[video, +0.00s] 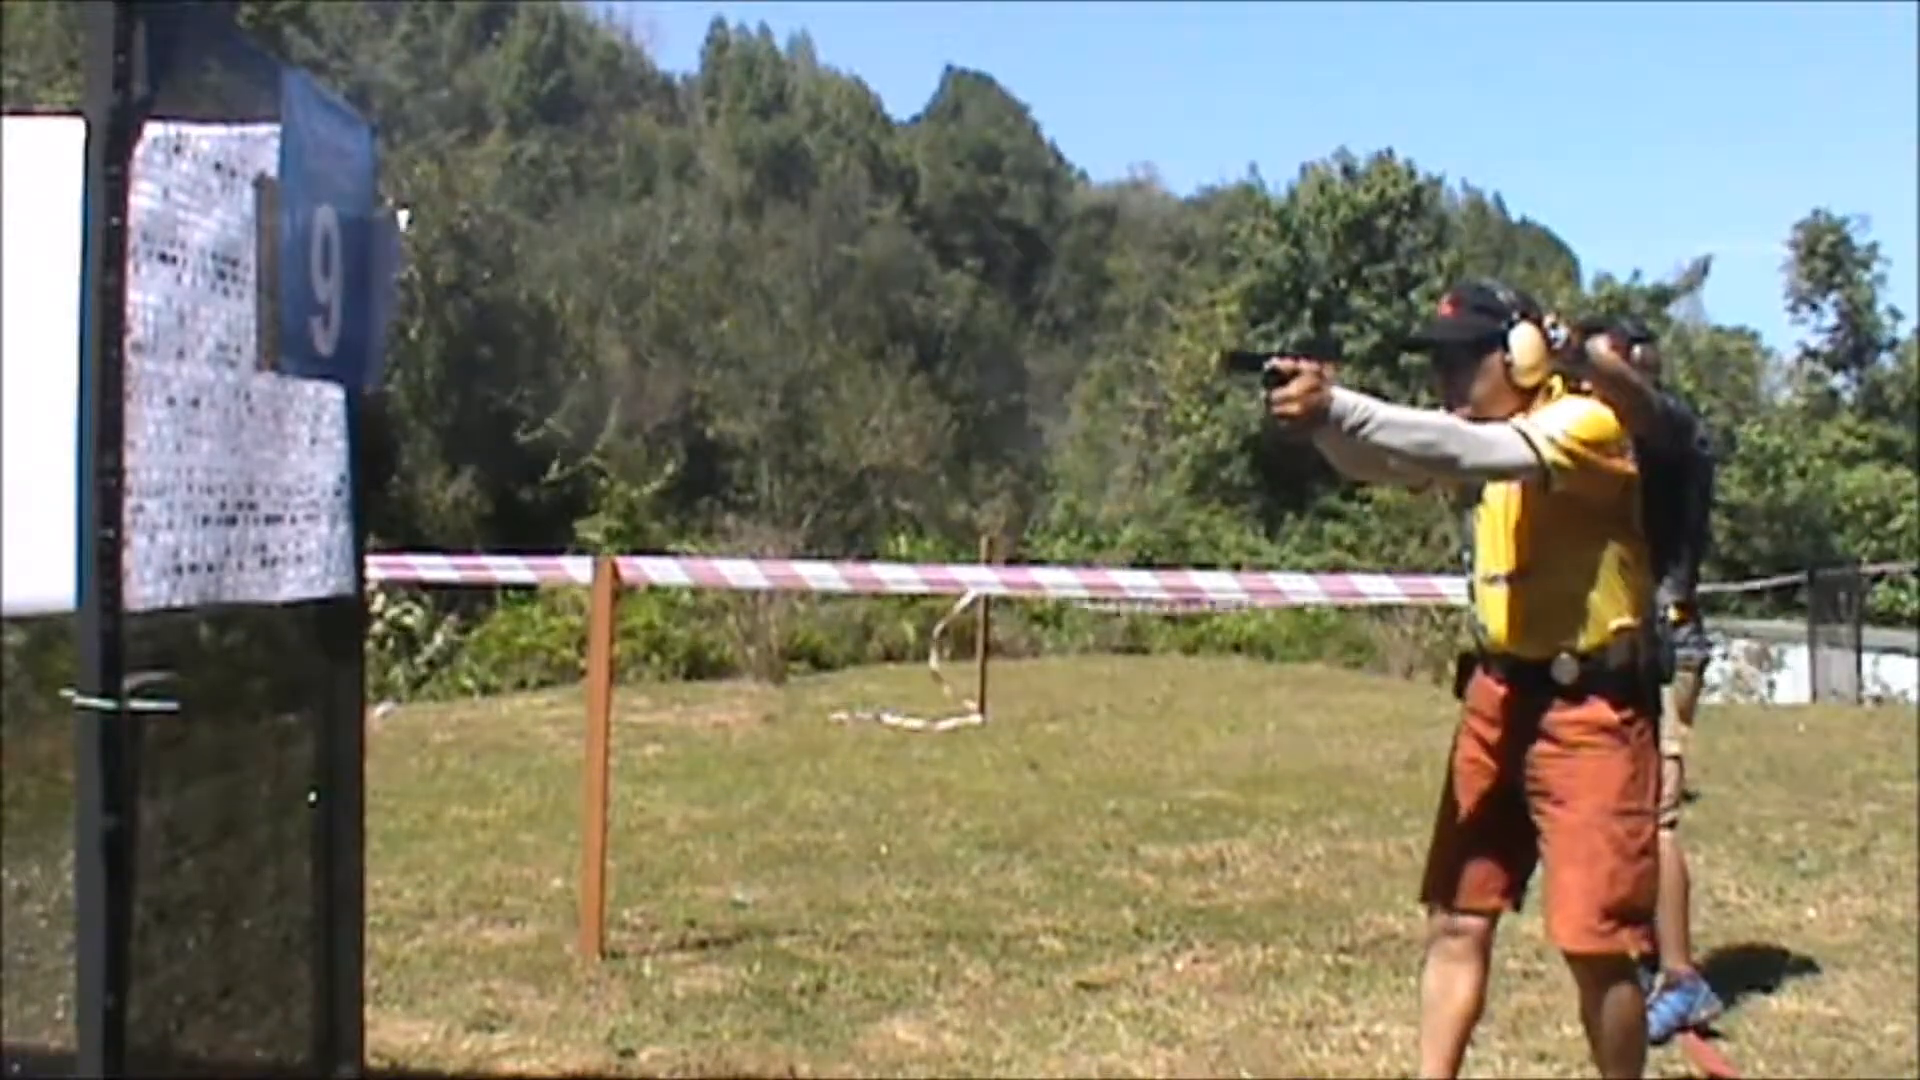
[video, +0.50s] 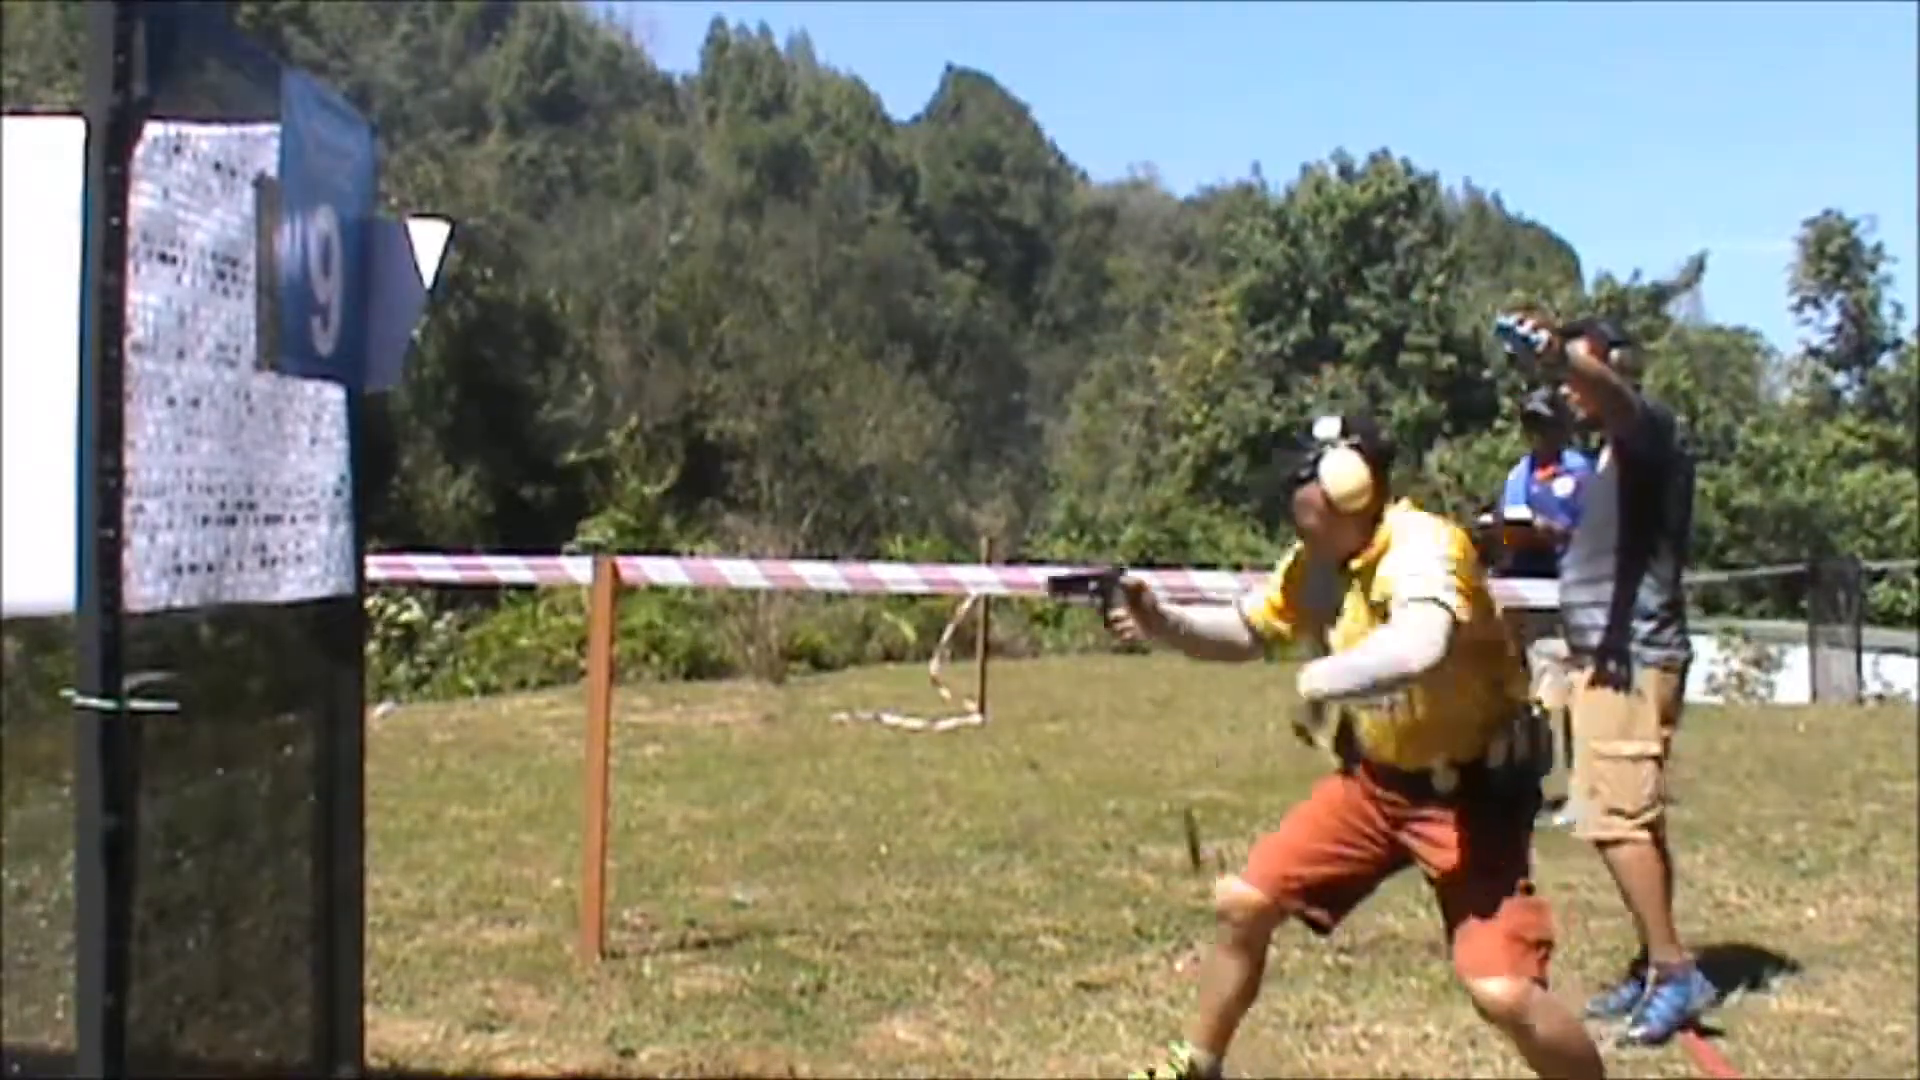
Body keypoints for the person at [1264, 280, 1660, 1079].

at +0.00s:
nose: (1447, 387)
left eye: (1461, 366)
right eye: (1441, 367)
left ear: (1512, 356)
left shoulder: (1589, 420)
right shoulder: (1485, 435)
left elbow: (1474, 447)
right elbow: (1393, 467)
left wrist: (1339, 404)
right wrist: (1320, 421)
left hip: (1595, 708)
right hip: (1499, 698)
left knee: (1596, 943)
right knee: (1460, 919)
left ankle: (1624, 1073)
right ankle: (1433, 1072)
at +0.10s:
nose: (1443, 392)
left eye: (1457, 369)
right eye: (1437, 372)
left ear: (1509, 359)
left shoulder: (1581, 424)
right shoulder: (1479, 439)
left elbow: (1471, 460)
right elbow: (1382, 473)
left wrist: (1334, 412)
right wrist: (1314, 430)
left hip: (1594, 708)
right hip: (1495, 698)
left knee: (1598, 942)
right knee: (1441, 910)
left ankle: (1625, 1075)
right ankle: (1429, 1072)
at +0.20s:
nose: (1432, 394)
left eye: (1443, 373)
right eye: (1430, 376)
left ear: (1498, 367)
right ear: (1467, 375)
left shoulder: (1574, 431)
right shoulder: (1461, 448)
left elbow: (1481, 492)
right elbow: (1348, 496)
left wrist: (1343, 432)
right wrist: (1308, 444)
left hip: (1586, 718)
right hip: (1485, 708)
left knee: (1590, 942)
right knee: (1418, 899)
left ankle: (1622, 1074)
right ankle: (1418, 1069)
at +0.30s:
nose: (1411, 417)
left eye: (1423, 405)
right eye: (1413, 404)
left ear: (1469, 421)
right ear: (1457, 423)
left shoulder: (1549, 486)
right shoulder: (1420, 481)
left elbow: (1455, 576)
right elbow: (1322, 565)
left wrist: (1321, 516)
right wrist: (1291, 508)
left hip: (1557, 751)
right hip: (1457, 734)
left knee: (1562, 962)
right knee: (1355, 896)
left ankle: (1609, 1073)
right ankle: (1355, 1066)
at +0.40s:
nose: (1389, 469)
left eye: (1402, 461)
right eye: (1394, 457)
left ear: (1441, 475)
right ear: (1423, 468)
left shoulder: (1523, 526)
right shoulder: (1394, 515)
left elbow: (1420, 618)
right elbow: (1297, 605)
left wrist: (1277, 570)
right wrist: (1247, 581)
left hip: (1535, 773)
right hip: (1433, 757)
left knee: (1548, 972)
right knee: (1311, 901)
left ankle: (1606, 1073)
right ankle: (1294, 1062)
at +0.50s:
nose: (1296, 509)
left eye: (1304, 495)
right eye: (1297, 495)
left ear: (1343, 502)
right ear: (1322, 507)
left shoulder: (1426, 544)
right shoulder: (1315, 564)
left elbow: (1422, 644)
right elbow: (1244, 633)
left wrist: (1314, 680)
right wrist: (1162, 620)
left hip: (1473, 796)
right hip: (1374, 785)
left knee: (1501, 990)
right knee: (1244, 904)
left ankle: (1590, 1072)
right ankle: (1201, 1064)